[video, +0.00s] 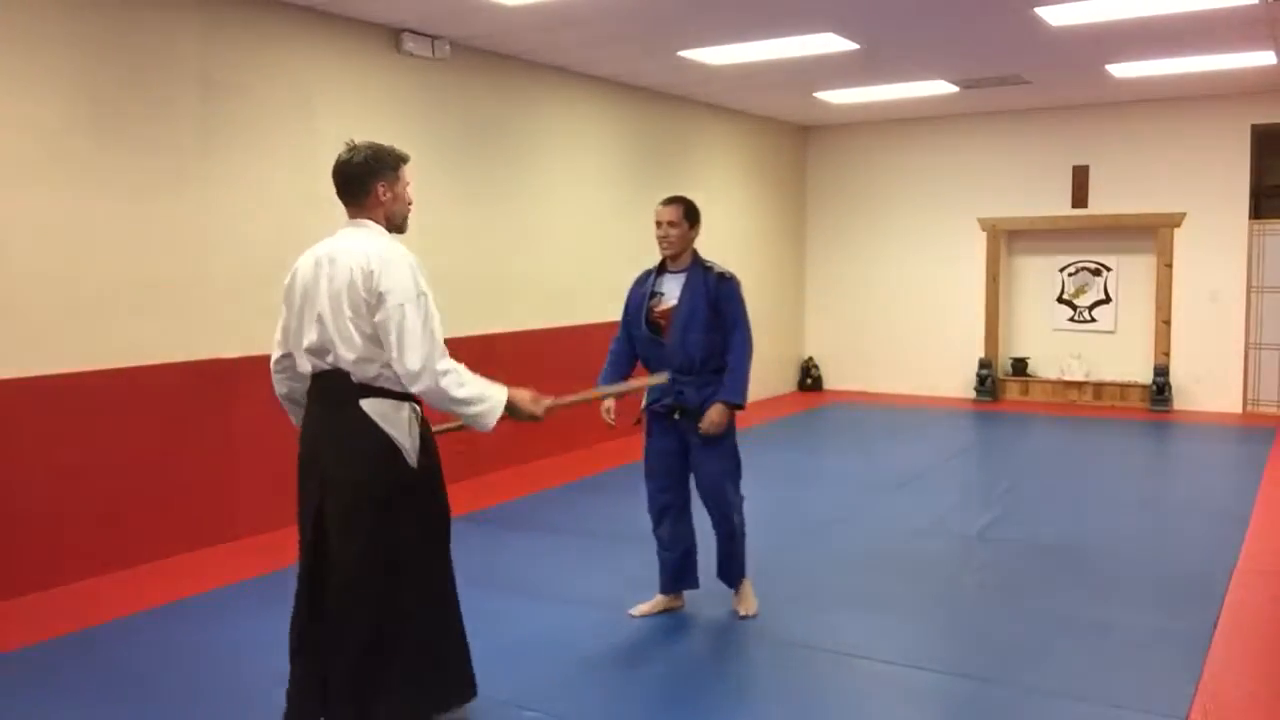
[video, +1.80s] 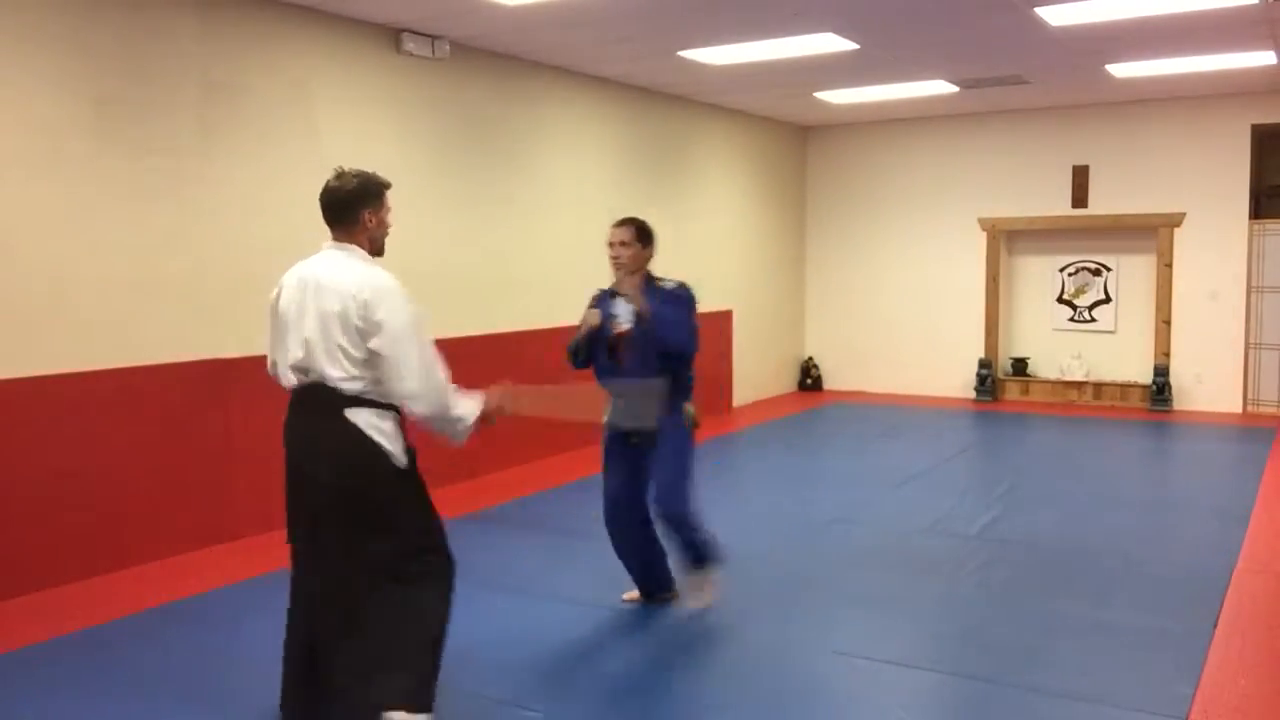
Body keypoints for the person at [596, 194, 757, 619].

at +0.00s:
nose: (663, 233)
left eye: (672, 226)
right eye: (658, 225)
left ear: (693, 230)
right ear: (654, 230)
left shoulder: (719, 284)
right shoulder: (644, 284)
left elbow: (740, 347)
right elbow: (624, 343)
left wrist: (726, 402)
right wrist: (609, 389)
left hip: (708, 412)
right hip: (661, 413)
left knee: (723, 502)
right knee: (664, 504)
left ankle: (739, 582)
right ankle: (671, 592)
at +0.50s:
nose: (690, 233)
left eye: (699, 225)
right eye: (686, 225)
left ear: (723, 231)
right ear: (682, 230)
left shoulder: (748, 286)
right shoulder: (678, 282)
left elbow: (766, 348)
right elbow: (657, 333)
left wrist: (733, 379)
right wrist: (637, 351)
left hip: (729, 416)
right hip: (681, 411)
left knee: (738, 509)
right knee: (663, 497)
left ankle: (748, 597)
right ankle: (671, 589)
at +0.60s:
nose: (698, 234)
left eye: (707, 226)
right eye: (694, 226)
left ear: (730, 232)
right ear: (691, 231)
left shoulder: (751, 284)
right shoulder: (682, 281)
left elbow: (757, 331)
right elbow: (646, 312)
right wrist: (630, 306)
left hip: (733, 407)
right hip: (687, 403)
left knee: (739, 505)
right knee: (664, 494)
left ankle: (747, 597)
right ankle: (674, 586)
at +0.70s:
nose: (699, 232)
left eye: (706, 225)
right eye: (697, 225)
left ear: (730, 230)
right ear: (696, 229)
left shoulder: (749, 277)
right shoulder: (682, 274)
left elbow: (755, 287)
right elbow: (630, 276)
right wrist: (615, 251)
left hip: (735, 403)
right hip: (688, 400)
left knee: (739, 502)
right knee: (670, 493)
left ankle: (747, 597)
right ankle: (679, 582)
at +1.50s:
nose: (683, 250)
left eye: (691, 243)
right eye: (679, 244)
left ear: (713, 247)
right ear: (676, 249)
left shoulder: (742, 294)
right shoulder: (666, 296)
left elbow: (757, 344)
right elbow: (627, 347)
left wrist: (727, 305)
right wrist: (641, 308)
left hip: (730, 413)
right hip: (681, 414)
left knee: (740, 491)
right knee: (654, 483)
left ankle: (757, 565)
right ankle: (658, 581)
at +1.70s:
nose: (640, 254)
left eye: (649, 246)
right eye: (636, 247)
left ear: (670, 251)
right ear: (632, 251)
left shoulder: (697, 298)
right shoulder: (622, 300)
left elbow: (715, 346)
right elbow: (593, 356)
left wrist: (681, 308)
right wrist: (603, 326)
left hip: (687, 416)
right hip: (640, 419)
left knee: (715, 489)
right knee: (631, 502)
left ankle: (749, 552)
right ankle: (657, 586)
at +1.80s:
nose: (617, 253)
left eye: (625, 245)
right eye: (612, 246)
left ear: (646, 250)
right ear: (608, 252)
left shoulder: (673, 296)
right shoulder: (604, 301)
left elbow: (683, 346)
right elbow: (579, 359)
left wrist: (643, 306)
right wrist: (587, 334)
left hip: (669, 419)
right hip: (622, 420)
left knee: (668, 502)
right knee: (621, 513)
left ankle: (702, 564)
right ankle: (656, 588)